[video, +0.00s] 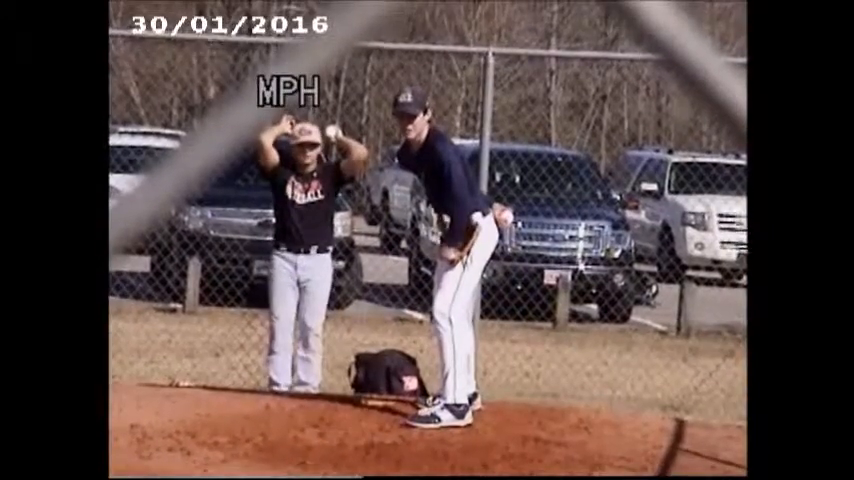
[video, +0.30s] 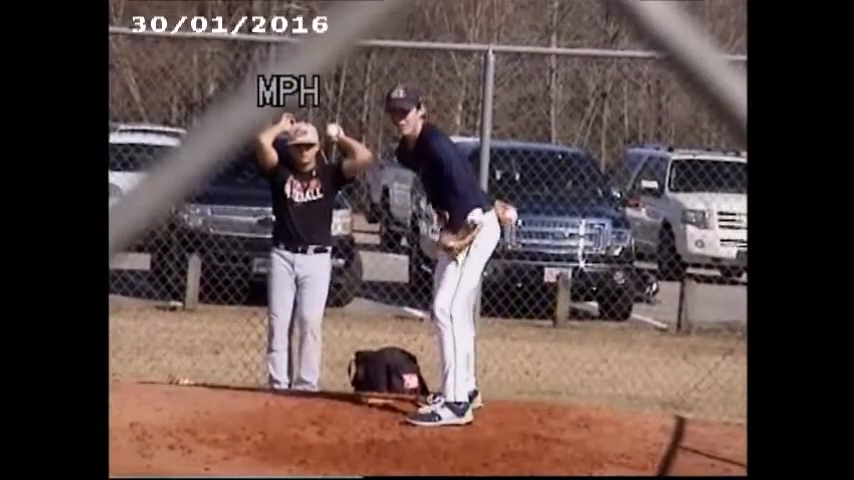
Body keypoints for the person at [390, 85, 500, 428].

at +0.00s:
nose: (407, 124)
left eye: (413, 117)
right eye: (402, 118)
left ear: (428, 116)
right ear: (396, 119)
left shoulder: (441, 149)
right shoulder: (409, 151)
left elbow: (461, 200)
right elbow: (442, 186)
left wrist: (455, 243)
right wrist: (488, 207)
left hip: (475, 225)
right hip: (457, 225)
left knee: (445, 312)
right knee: (456, 313)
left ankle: (456, 401)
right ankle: (465, 391)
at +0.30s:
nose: (401, 120)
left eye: (406, 113)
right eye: (395, 114)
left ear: (421, 112)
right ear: (390, 117)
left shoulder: (435, 143)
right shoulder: (408, 148)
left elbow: (462, 189)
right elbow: (438, 181)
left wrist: (454, 230)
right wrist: (489, 204)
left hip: (475, 222)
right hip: (456, 222)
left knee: (444, 309)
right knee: (457, 311)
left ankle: (455, 399)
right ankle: (464, 389)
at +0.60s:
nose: (395, 121)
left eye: (400, 114)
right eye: (392, 116)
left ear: (418, 110)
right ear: (392, 118)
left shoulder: (427, 140)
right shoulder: (420, 143)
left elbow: (446, 191)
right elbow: (445, 194)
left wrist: (422, 226)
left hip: (479, 226)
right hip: (464, 228)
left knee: (445, 311)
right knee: (431, 311)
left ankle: (457, 400)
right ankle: (461, 388)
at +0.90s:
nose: (414, 109)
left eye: (419, 102)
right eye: (412, 104)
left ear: (438, 100)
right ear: (436, 103)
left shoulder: (432, 130)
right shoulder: (453, 127)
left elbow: (422, 185)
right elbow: (434, 183)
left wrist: (388, 186)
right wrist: (392, 181)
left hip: (474, 221)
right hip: (485, 219)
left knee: (442, 306)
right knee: (432, 308)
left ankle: (457, 391)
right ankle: (458, 388)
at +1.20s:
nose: (424, 94)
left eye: (429, 88)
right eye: (421, 89)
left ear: (447, 87)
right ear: (425, 89)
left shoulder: (435, 116)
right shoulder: (456, 116)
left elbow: (396, 154)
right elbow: (418, 134)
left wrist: (382, 117)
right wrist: (401, 106)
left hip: (467, 216)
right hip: (480, 214)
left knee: (438, 305)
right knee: (441, 304)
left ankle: (455, 393)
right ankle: (462, 388)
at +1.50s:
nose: (416, 97)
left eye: (421, 90)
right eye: (414, 91)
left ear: (442, 87)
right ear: (439, 90)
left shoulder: (437, 119)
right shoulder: (455, 114)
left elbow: (389, 148)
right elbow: (423, 119)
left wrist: (391, 107)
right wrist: (405, 100)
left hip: (466, 217)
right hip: (479, 214)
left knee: (439, 307)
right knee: (447, 306)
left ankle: (454, 394)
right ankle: (464, 388)